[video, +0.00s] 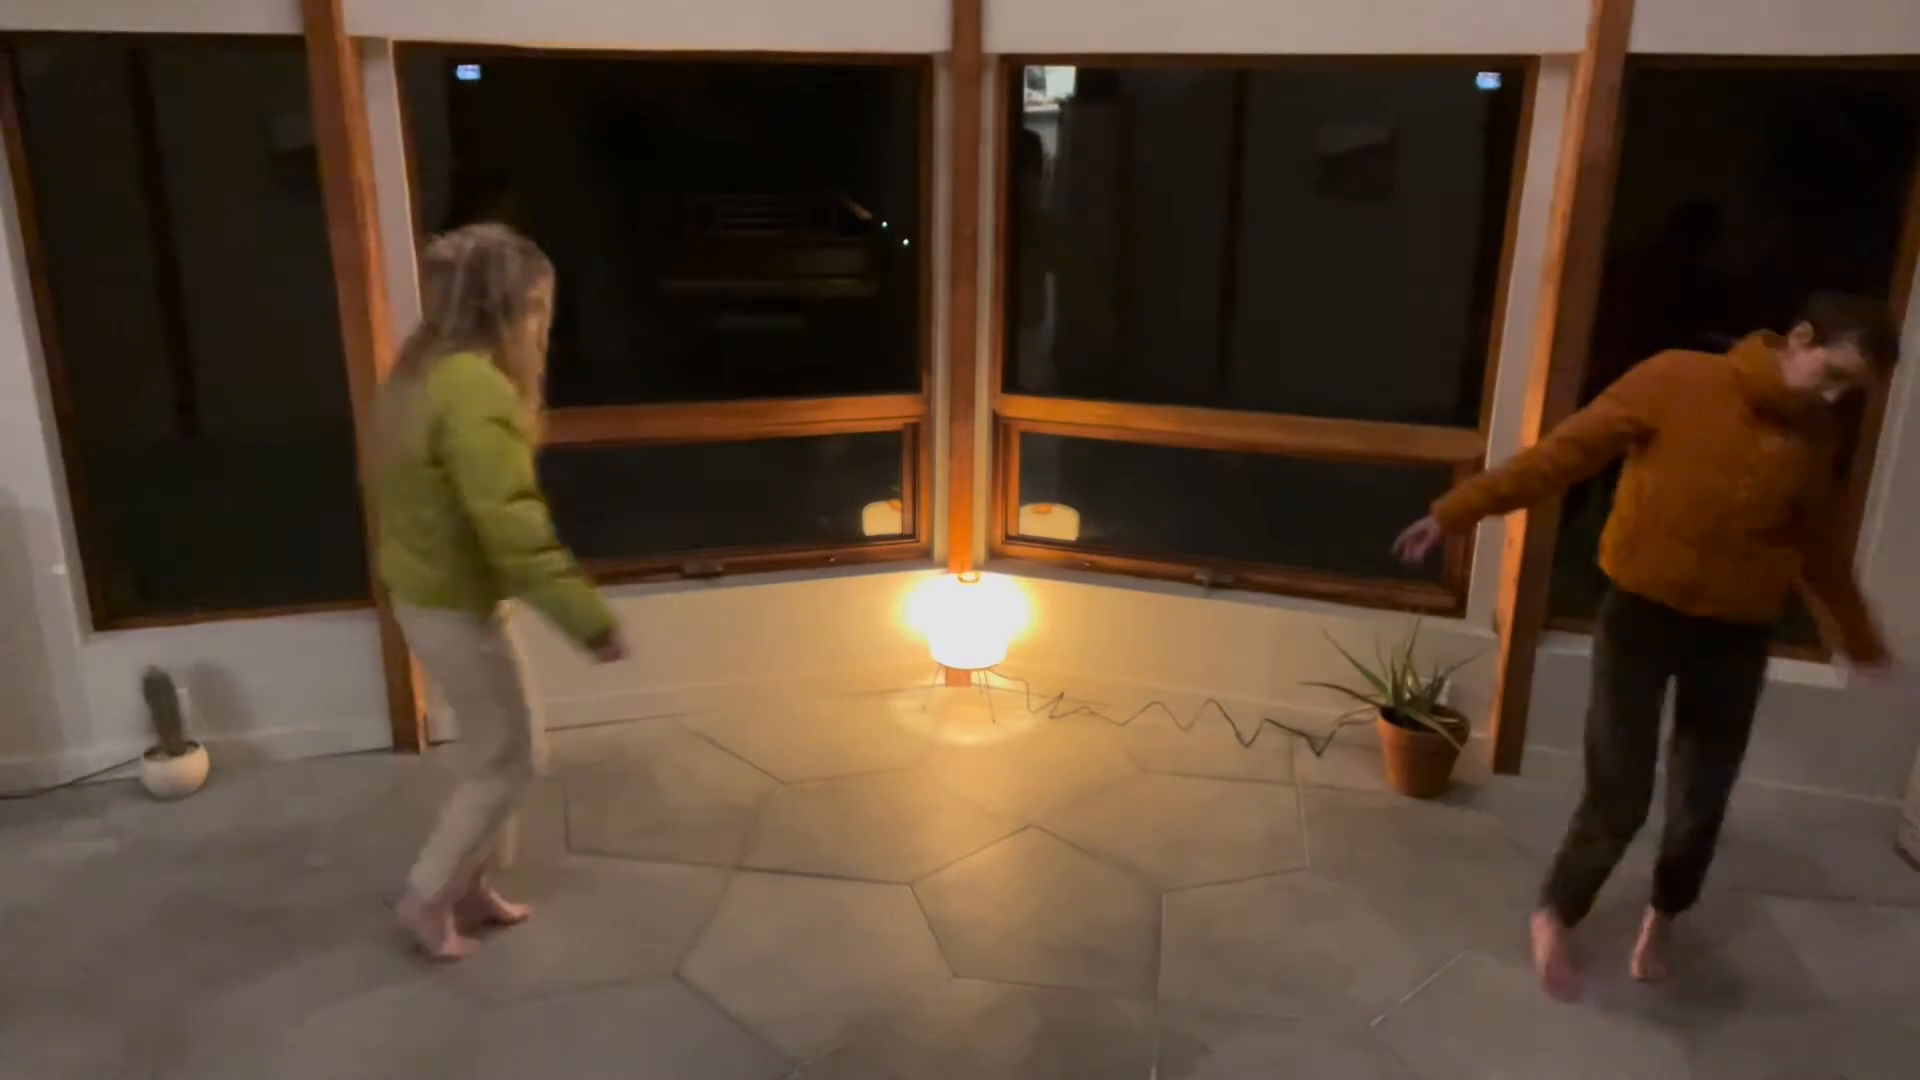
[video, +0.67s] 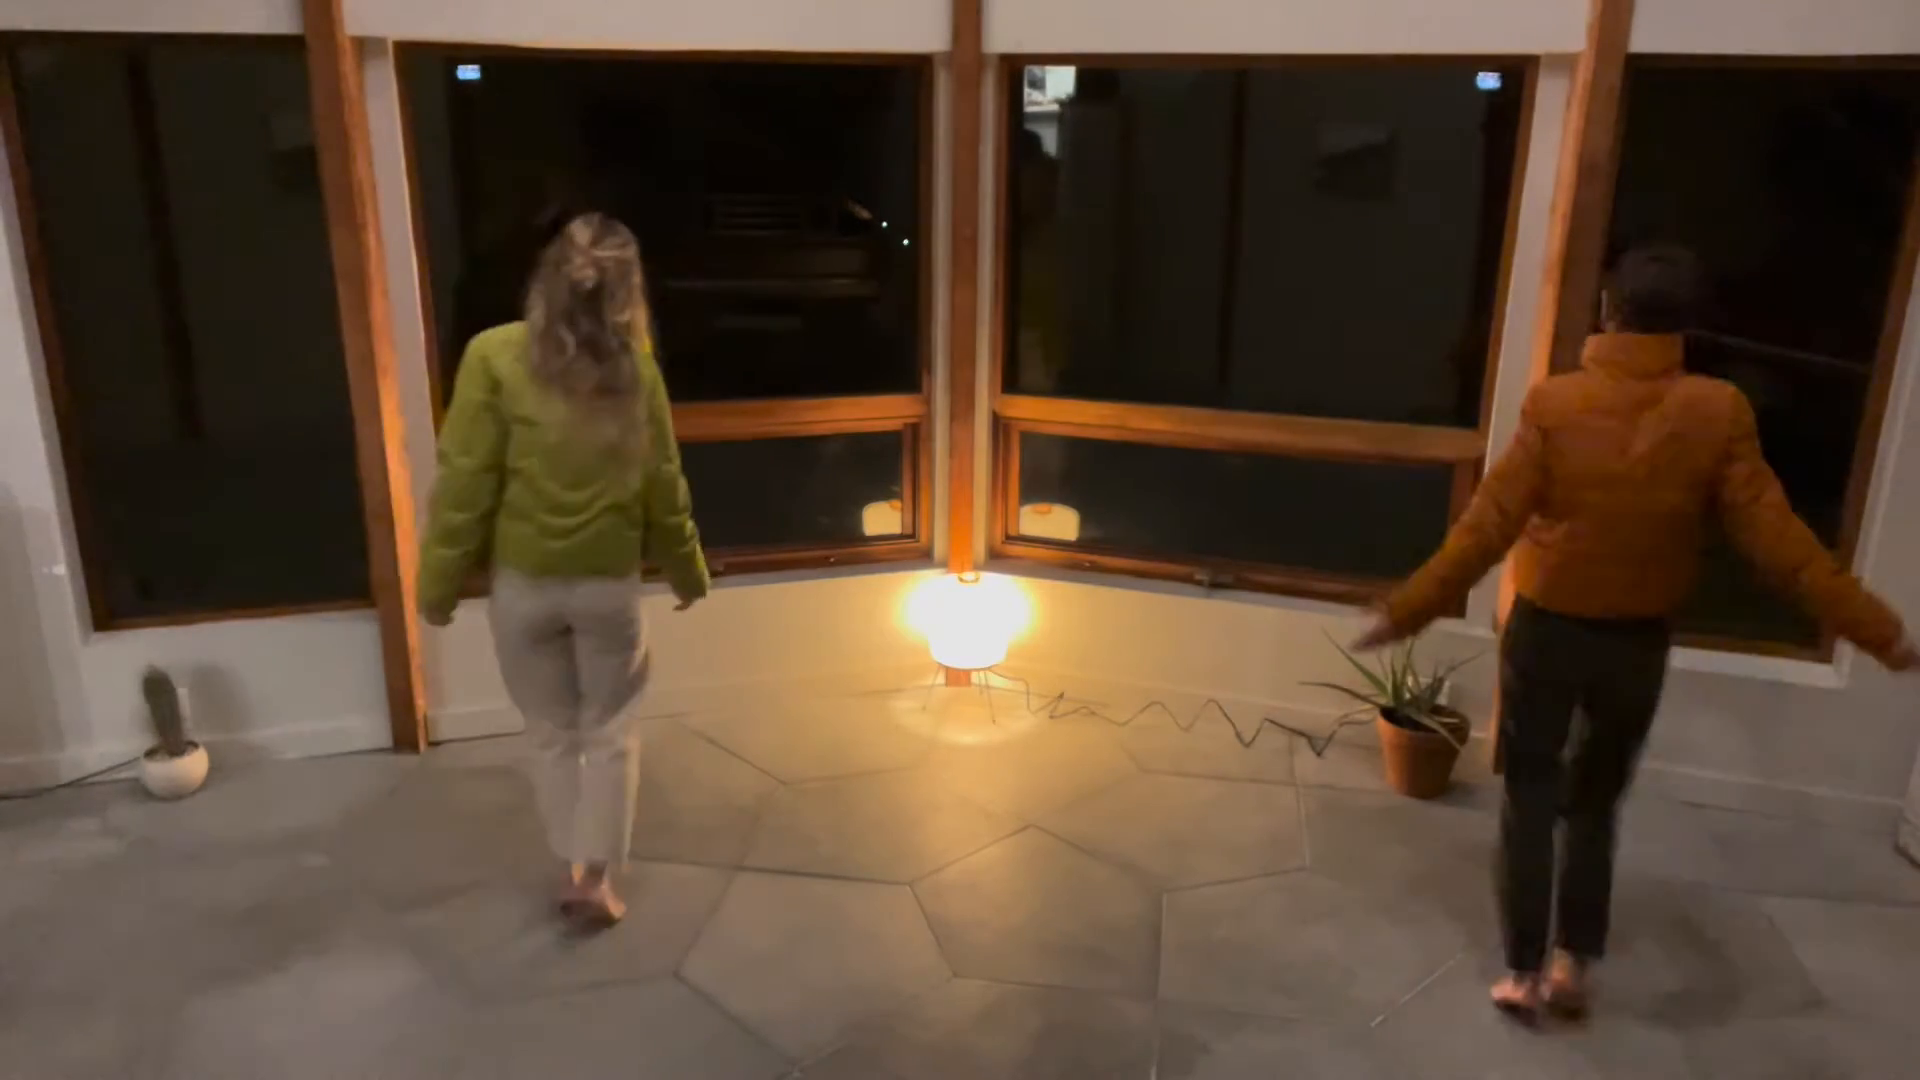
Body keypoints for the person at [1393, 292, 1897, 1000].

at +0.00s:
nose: (1832, 395)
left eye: (1847, 386)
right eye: (1834, 374)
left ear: (1853, 381)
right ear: (1801, 340)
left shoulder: (1816, 435)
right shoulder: (1676, 382)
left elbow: (1823, 551)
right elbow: (1563, 452)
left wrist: (1861, 640)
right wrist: (1457, 508)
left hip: (1733, 633)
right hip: (1640, 614)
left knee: (1700, 803)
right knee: (1621, 795)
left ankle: (1660, 918)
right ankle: (1553, 918)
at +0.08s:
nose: (1822, 382)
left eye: (1833, 370)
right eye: (1823, 361)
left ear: (1794, 338)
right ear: (1787, 329)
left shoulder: (1775, 414)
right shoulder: (1666, 382)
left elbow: (1745, 525)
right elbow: (1556, 471)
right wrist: (1456, 547)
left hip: (1713, 629)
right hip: (1633, 617)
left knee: (1683, 800)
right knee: (1610, 803)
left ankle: (1637, 901)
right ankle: (1534, 937)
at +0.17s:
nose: (1807, 372)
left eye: (1818, 359)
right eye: (1809, 353)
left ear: (1778, 334)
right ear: (1771, 326)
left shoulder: (1746, 406)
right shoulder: (1665, 386)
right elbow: (1572, 479)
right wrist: (1491, 565)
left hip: (1693, 627)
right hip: (1635, 620)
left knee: (1657, 791)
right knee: (1612, 784)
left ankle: (1587, 909)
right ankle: (1532, 937)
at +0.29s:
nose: (1767, 356)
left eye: (1774, 341)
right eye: (1769, 337)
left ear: (1721, 319)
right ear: (1741, 321)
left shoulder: (1656, 386)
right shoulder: (1673, 395)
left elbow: (1599, 495)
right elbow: (1620, 509)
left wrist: (1551, 572)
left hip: (1653, 617)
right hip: (1653, 622)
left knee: (1608, 777)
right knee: (1631, 795)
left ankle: (1539, 919)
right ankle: (1541, 939)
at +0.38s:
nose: (1750, 342)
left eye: (1752, 329)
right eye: (1750, 328)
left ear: (1671, 313)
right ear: (1730, 323)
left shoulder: (1610, 390)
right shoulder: (1696, 407)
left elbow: (1556, 486)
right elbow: (1666, 529)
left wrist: (1503, 556)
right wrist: (1675, 645)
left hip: (1585, 616)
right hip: (1643, 632)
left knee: (1585, 781)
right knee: (1633, 808)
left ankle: (1534, 921)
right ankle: (1561, 961)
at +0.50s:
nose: (1711, 338)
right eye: (1711, 327)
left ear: (1632, 315)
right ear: (1706, 329)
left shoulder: (1574, 396)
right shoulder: (1711, 409)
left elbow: (1504, 502)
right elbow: (1742, 542)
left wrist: (1428, 569)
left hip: (1559, 624)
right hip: (1653, 639)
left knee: (1547, 786)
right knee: (1618, 807)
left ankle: (1525, 948)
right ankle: (1561, 978)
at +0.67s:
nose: (1612, 327)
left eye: (1610, 312)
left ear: (1607, 316)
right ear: (1684, 326)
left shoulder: (1554, 404)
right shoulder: (1717, 414)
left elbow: (1488, 524)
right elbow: (1776, 538)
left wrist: (1405, 608)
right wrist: (1877, 627)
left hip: (1544, 630)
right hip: (1637, 637)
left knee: (1530, 790)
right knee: (1594, 798)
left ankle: (1523, 971)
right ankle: (1572, 963)